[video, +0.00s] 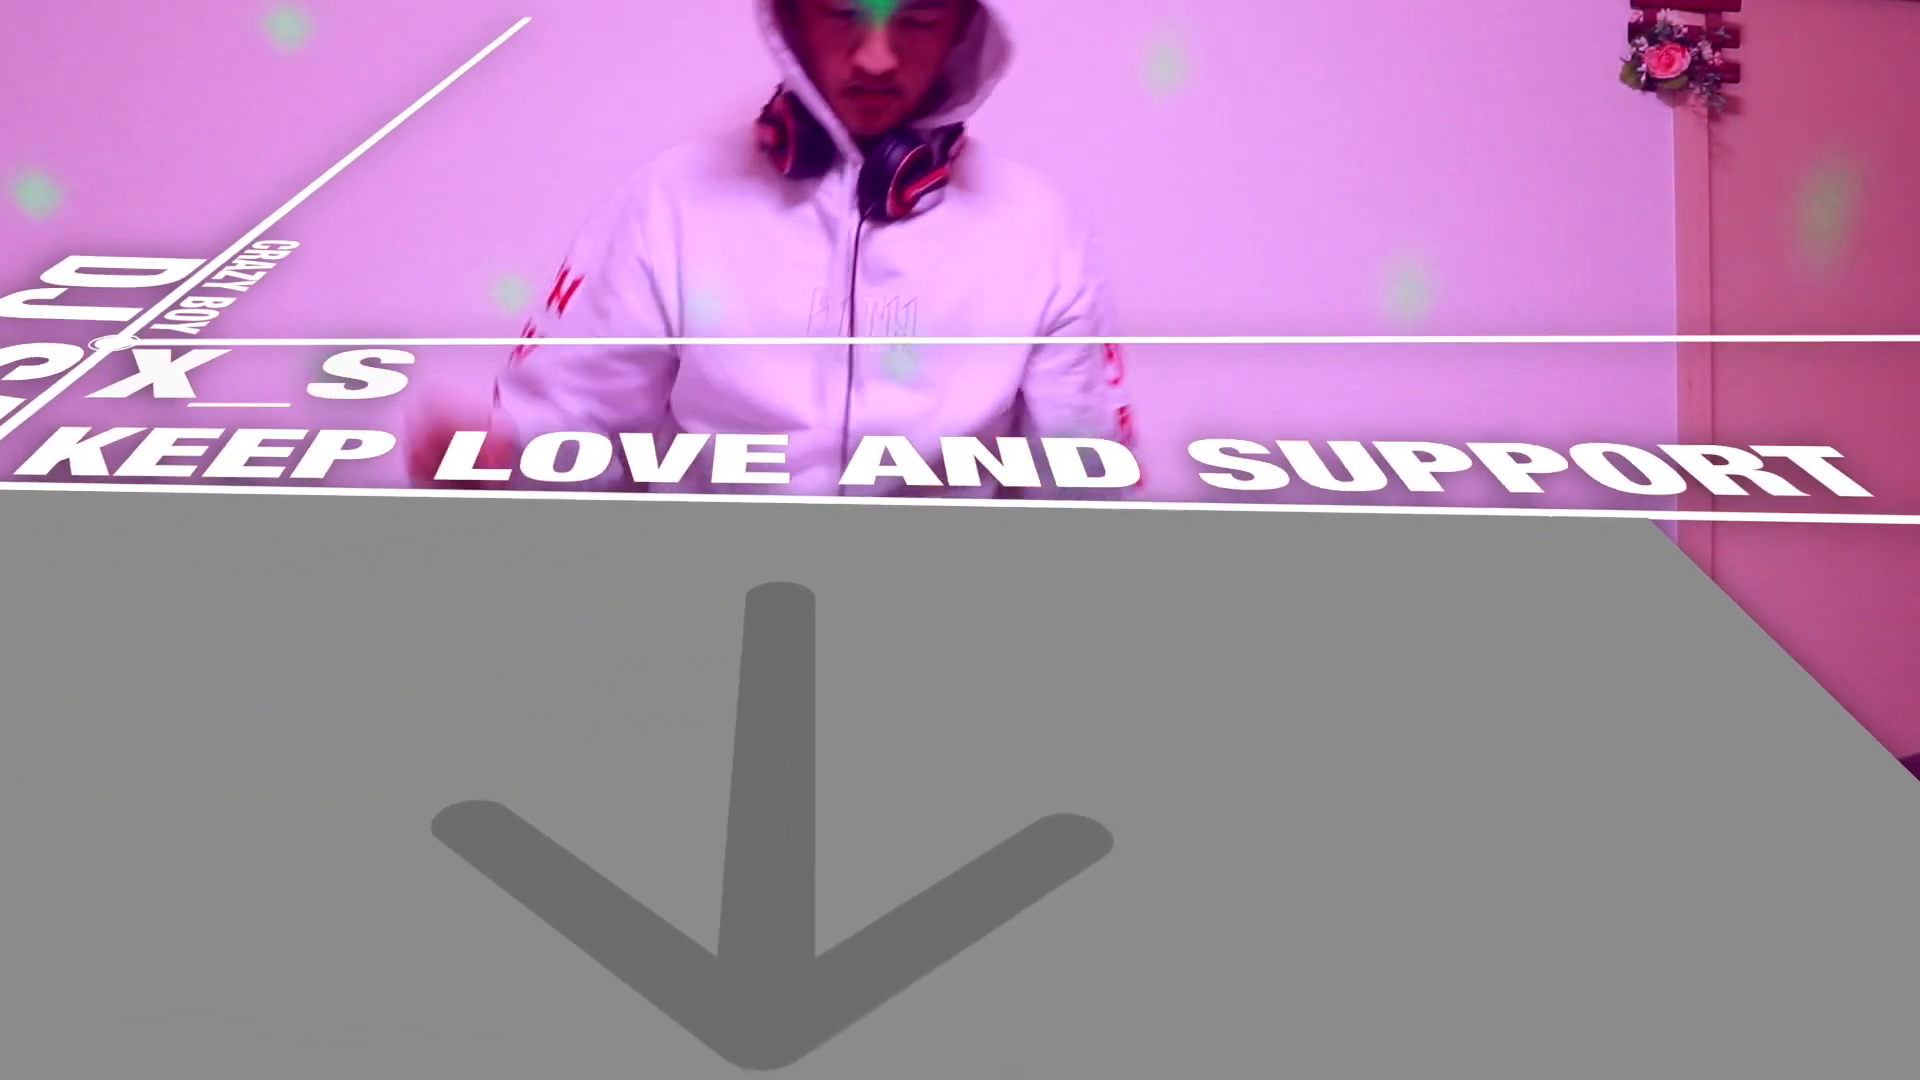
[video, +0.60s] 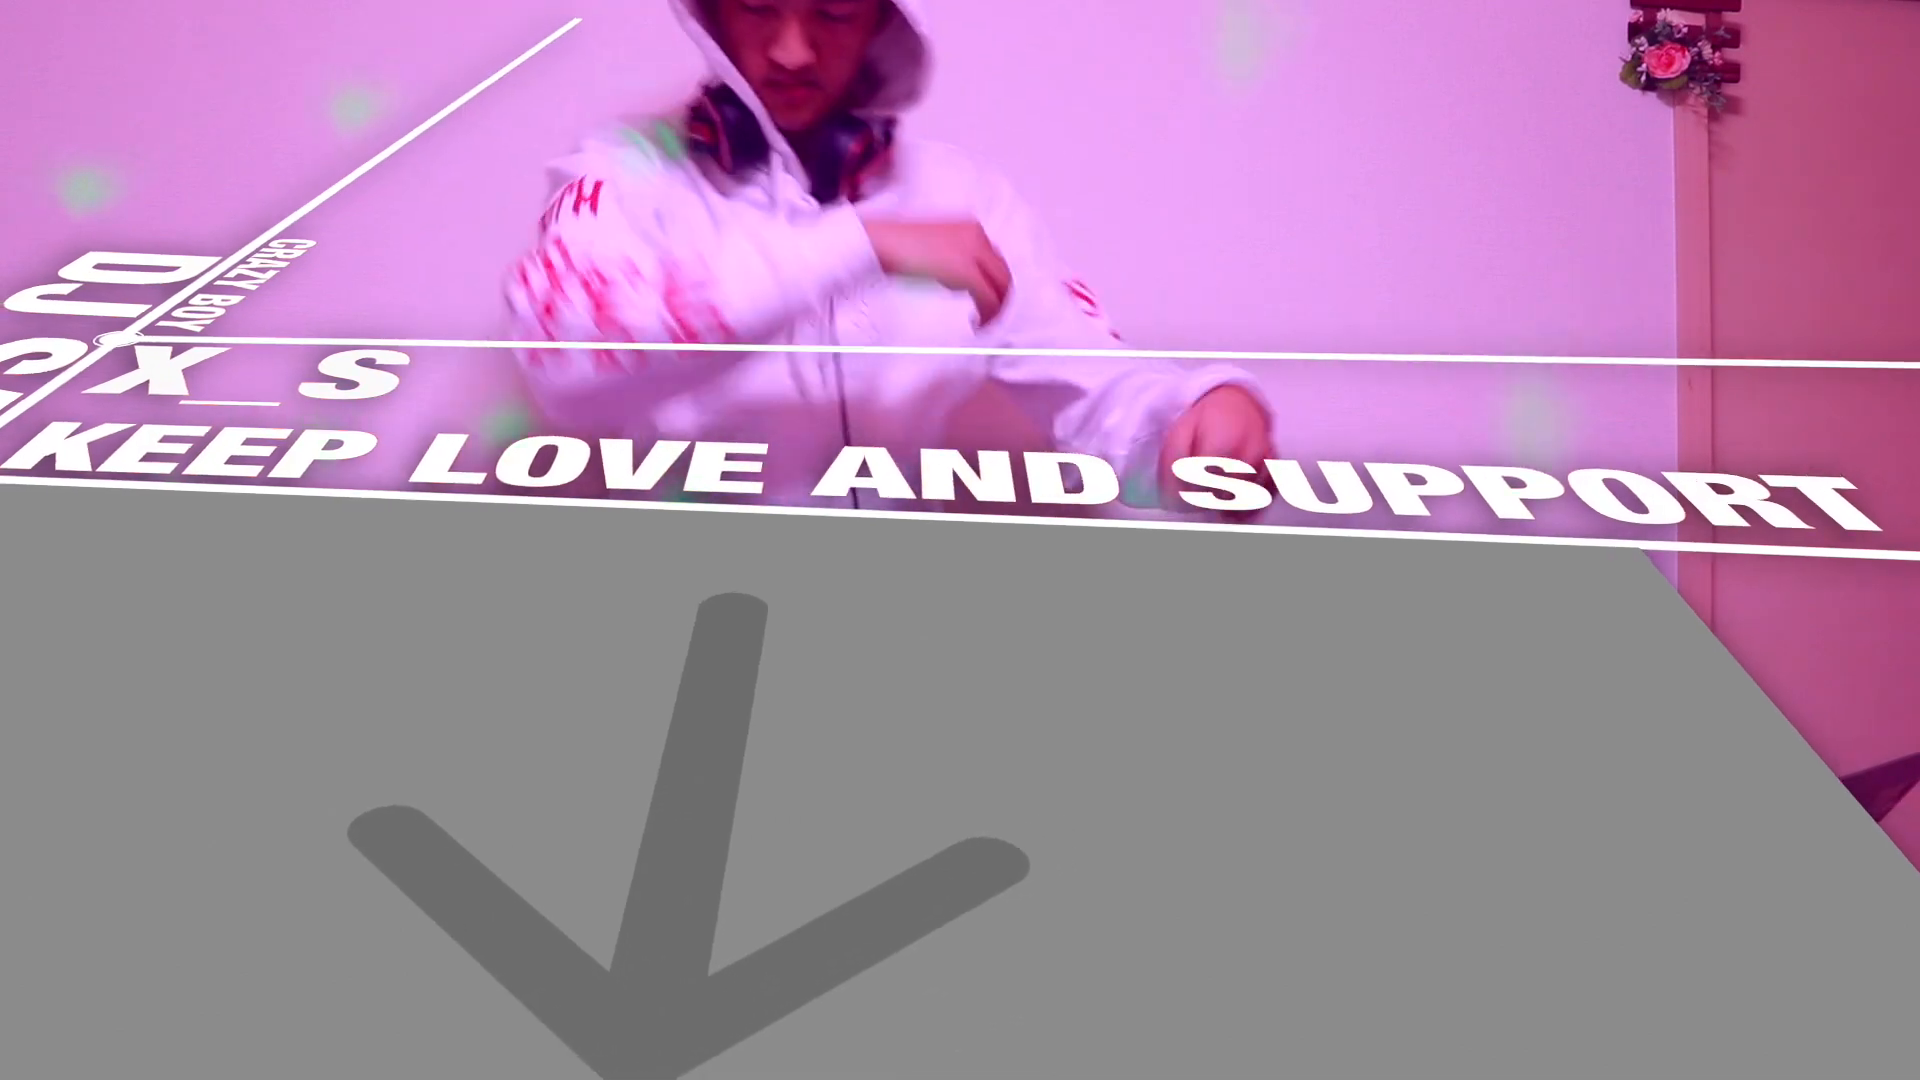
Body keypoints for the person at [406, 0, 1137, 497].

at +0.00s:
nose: (875, 57)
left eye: (914, 20)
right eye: (844, 14)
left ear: (962, 28)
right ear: (788, 18)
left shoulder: (1032, 225)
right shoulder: (671, 203)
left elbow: (1098, 480)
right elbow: (549, 437)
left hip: (952, 595)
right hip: (714, 587)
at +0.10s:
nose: (898, 40)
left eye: (938, 10)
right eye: (867, 4)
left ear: (985, 29)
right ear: (820, 16)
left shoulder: (1065, 223)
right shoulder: (698, 201)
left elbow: (1152, 472)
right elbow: (518, 397)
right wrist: (465, 259)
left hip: (996, 601)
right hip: (753, 591)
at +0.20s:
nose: (890, 47)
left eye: (930, 12)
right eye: (856, 10)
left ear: (989, 25)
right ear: (812, 24)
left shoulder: (1081, 234)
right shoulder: (685, 206)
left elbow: (1222, 447)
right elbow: (477, 286)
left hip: (1016, 620)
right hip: (759, 610)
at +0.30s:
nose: (870, 30)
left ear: (969, 8)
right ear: (794, 9)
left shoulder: (1082, 203)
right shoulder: (683, 172)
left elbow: (1276, 391)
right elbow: (456, 170)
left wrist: (1210, 392)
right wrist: (562, 7)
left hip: (1028, 612)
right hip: (770, 606)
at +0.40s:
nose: (853, 36)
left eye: (891, 2)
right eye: (823, 6)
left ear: (958, 16)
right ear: (779, 23)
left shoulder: (1074, 211)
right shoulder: (681, 168)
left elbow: (1255, 433)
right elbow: (452, 145)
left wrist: (1255, 345)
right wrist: (643, 15)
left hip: (1006, 631)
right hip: (748, 621)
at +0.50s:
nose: (830, 73)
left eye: (867, 38)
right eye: (797, 37)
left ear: (922, 45)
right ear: (751, 43)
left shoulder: (1025, 228)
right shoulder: (674, 219)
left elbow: (1164, 473)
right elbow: (478, 231)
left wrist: (1248, 407)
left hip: (983, 618)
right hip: (735, 611)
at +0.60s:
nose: (790, 52)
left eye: (831, 15)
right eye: (759, 11)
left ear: (878, 23)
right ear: (711, 17)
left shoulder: (956, 188)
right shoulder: (629, 174)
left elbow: (1081, 389)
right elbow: (576, 380)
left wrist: (1201, 402)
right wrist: (868, 241)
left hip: (926, 565)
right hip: (698, 556)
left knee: (982, 412)